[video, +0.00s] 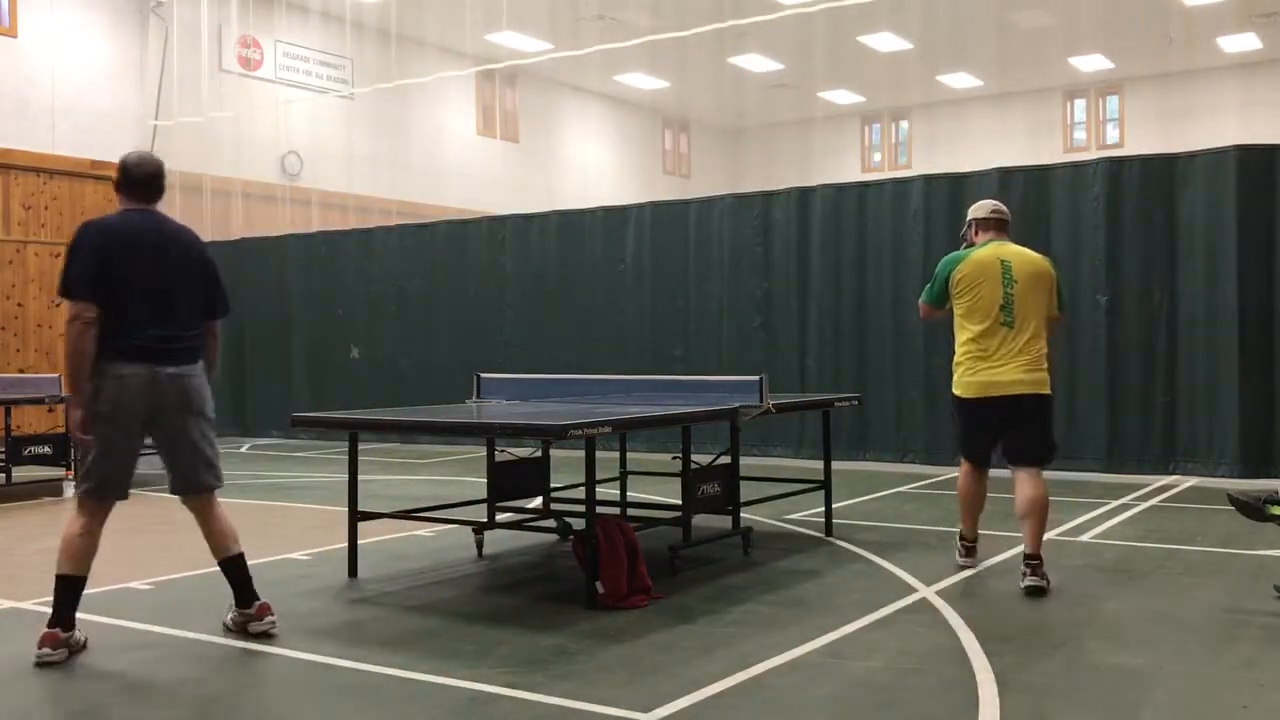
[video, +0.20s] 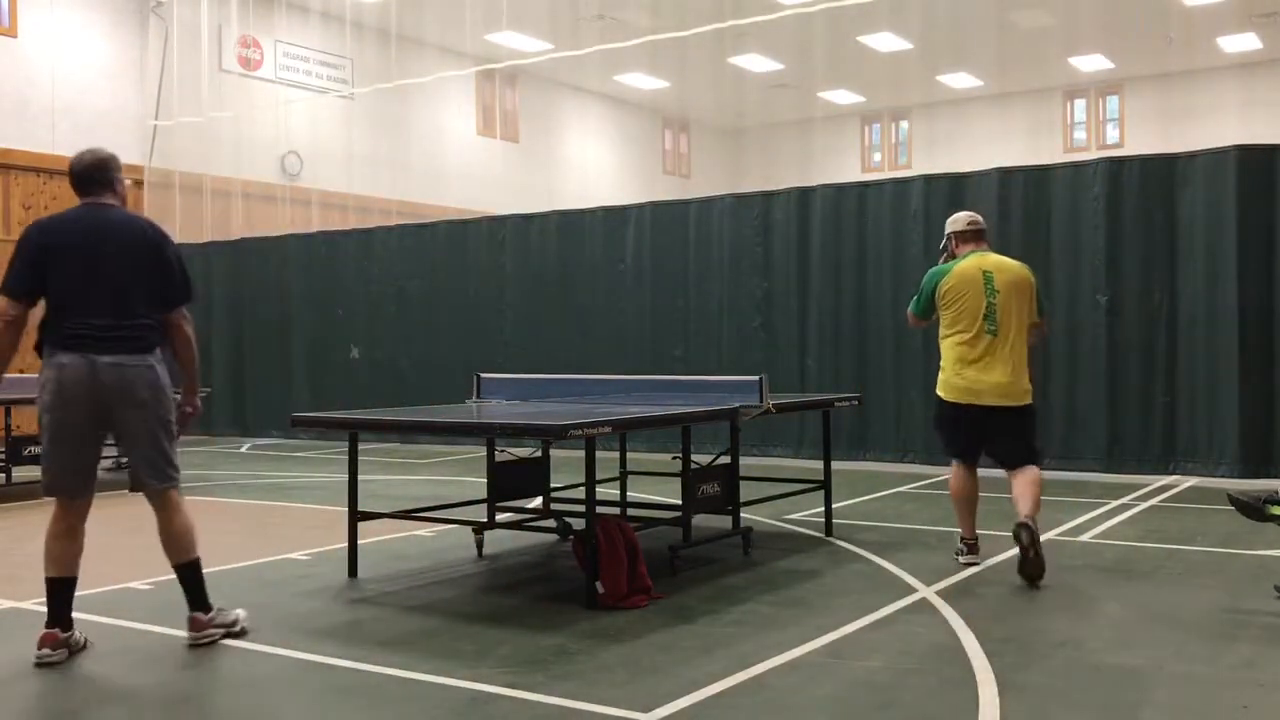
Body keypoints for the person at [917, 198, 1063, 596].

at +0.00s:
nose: (968, 237)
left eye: (968, 232)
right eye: (971, 232)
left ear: (974, 231)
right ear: (1007, 229)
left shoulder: (956, 263)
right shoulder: (1042, 265)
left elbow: (928, 310)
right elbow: (1053, 318)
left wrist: (959, 275)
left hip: (975, 388)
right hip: (1030, 388)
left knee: (973, 464)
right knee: (1029, 469)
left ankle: (968, 545)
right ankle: (1033, 562)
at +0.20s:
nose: (949, 249)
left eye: (948, 244)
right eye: (951, 244)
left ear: (953, 243)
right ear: (986, 239)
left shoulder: (942, 275)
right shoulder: (1022, 272)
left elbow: (916, 318)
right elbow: (1035, 329)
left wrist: (939, 273)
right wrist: (1001, 334)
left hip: (959, 392)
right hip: (1011, 393)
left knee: (963, 463)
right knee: (1023, 465)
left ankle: (969, 544)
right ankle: (1026, 523)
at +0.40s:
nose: (938, 247)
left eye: (937, 242)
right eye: (941, 242)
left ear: (942, 240)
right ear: (973, 234)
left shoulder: (933, 271)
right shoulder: (1011, 268)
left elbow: (900, 304)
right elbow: (1036, 321)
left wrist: (919, 264)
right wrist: (1048, 370)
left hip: (953, 383)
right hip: (1002, 382)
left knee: (960, 457)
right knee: (1003, 445)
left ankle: (969, 541)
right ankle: (1006, 512)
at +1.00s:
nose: (920, 255)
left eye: (920, 250)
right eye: (921, 250)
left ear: (926, 250)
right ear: (952, 246)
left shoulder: (923, 276)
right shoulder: (984, 277)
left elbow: (877, 290)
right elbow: (990, 317)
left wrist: (895, 258)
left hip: (932, 380)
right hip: (977, 380)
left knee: (923, 440)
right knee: (978, 444)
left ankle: (927, 509)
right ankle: (984, 519)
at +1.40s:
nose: (873, 263)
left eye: (872, 258)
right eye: (872, 258)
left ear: (879, 255)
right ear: (903, 252)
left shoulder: (881, 280)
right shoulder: (934, 282)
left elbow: (834, 296)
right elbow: (945, 327)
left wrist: (843, 264)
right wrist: (940, 359)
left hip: (891, 378)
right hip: (929, 377)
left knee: (899, 440)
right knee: (925, 429)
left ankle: (909, 506)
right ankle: (949, 479)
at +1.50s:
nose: (861, 263)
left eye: (861, 257)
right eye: (860, 258)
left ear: (869, 254)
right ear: (891, 252)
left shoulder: (872, 280)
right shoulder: (923, 283)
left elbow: (826, 299)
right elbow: (937, 328)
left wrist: (828, 268)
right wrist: (943, 370)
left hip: (885, 376)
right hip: (918, 375)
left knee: (896, 441)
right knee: (909, 432)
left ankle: (909, 506)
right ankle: (919, 490)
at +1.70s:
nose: (836, 270)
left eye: (838, 264)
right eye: (835, 264)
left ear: (851, 260)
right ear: (864, 260)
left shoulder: (854, 286)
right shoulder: (901, 288)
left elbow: (823, 323)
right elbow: (918, 331)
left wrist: (800, 315)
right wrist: (933, 369)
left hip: (867, 378)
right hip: (895, 378)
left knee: (881, 441)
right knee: (867, 436)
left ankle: (908, 504)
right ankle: (860, 495)